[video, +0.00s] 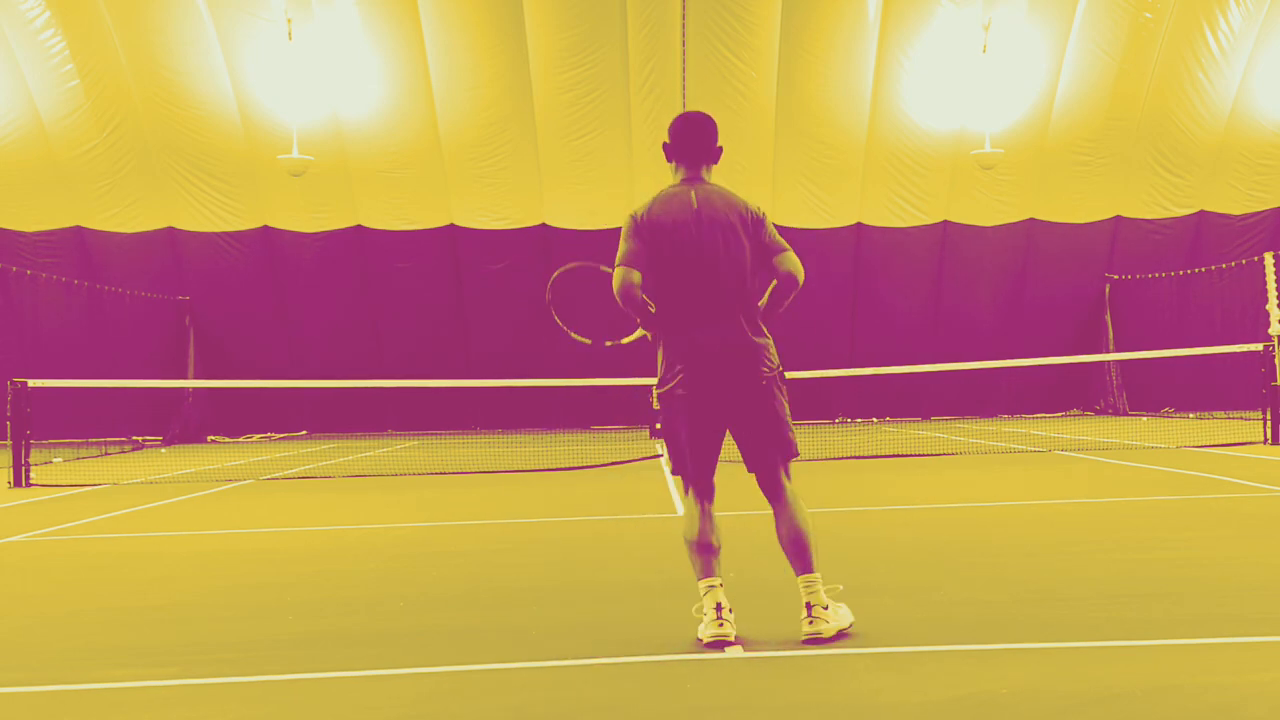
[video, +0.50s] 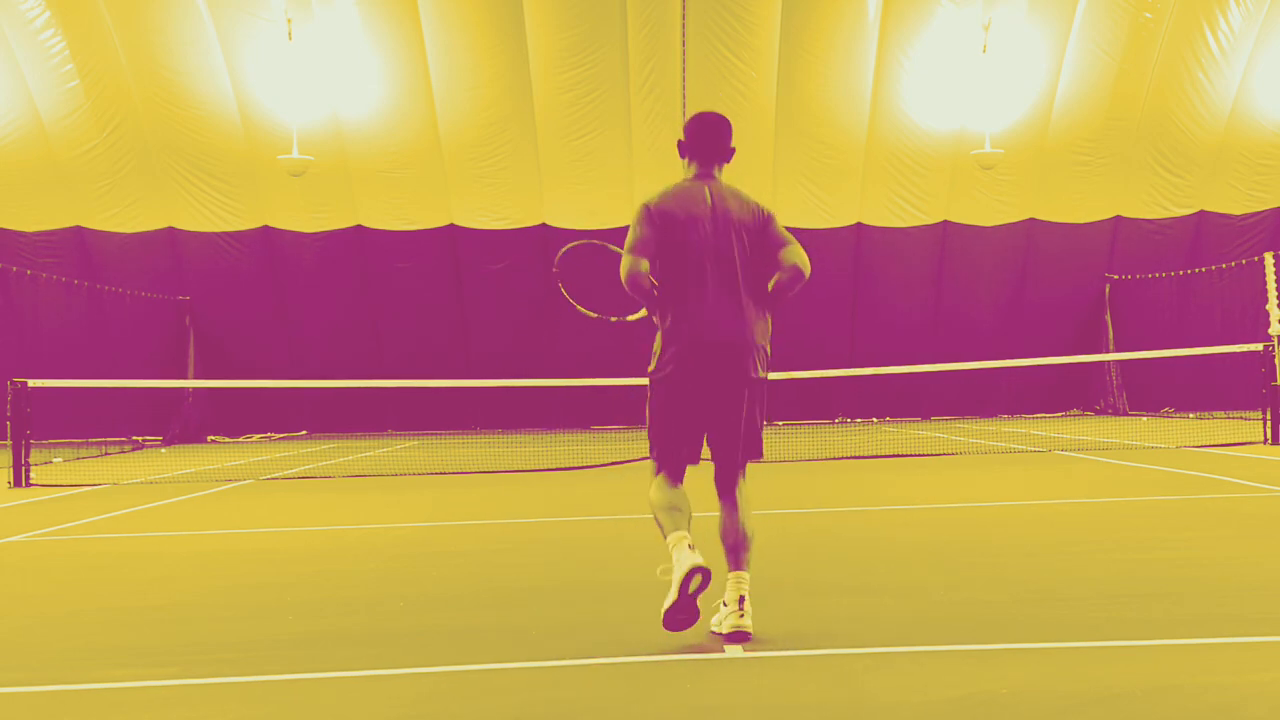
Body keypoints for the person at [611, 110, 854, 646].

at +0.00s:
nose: (702, 162)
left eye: (673, 154)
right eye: (712, 152)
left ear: (667, 155)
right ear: (717, 155)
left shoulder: (644, 216)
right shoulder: (744, 211)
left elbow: (624, 286)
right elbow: (792, 273)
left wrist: (655, 322)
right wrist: (759, 316)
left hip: (685, 371)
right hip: (750, 366)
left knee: (697, 493)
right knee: (779, 484)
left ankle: (715, 611)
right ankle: (816, 605)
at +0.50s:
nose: (691, 159)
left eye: (686, 150)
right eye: (717, 153)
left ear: (683, 152)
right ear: (730, 156)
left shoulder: (658, 207)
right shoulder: (754, 211)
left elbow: (633, 272)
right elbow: (797, 266)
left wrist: (659, 307)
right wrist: (761, 303)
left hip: (682, 357)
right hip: (740, 359)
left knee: (667, 473)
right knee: (731, 483)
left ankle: (684, 556)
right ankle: (737, 603)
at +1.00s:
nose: (692, 149)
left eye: (681, 137)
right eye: (711, 140)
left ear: (673, 140)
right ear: (721, 142)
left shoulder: (647, 196)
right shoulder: (750, 195)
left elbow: (632, 275)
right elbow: (793, 252)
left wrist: (661, 295)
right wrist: (755, 291)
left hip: (673, 340)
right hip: (736, 338)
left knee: (666, 464)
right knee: (741, 461)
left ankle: (664, 590)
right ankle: (756, 583)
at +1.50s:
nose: (700, 169)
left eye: (674, 160)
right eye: (706, 160)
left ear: (660, 161)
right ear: (710, 163)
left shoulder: (626, 219)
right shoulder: (734, 223)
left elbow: (610, 303)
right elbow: (762, 301)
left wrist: (624, 346)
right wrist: (722, 326)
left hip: (646, 367)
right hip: (715, 368)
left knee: (629, 482)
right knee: (719, 483)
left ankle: (609, 585)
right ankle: (734, 604)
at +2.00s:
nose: (614, 134)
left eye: (607, 125)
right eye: (616, 125)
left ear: (564, 124)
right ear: (616, 126)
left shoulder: (531, 177)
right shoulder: (610, 182)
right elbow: (654, 276)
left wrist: (654, 281)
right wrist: (681, 302)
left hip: (486, 324)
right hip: (549, 324)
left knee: (536, 479)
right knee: (602, 471)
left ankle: (531, 619)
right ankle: (561, 603)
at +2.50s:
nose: (543, 213)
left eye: (543, 202)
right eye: (542, 202)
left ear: (481, 199)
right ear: (532, 205)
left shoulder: (445, 241)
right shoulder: (487, 241)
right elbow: (453, 285)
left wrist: (532, 271)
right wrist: (522, 262)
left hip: (337, 389)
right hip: (403, 389)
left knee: (329, 566)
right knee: (503, 535)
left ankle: (197, 670)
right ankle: (474, 678)